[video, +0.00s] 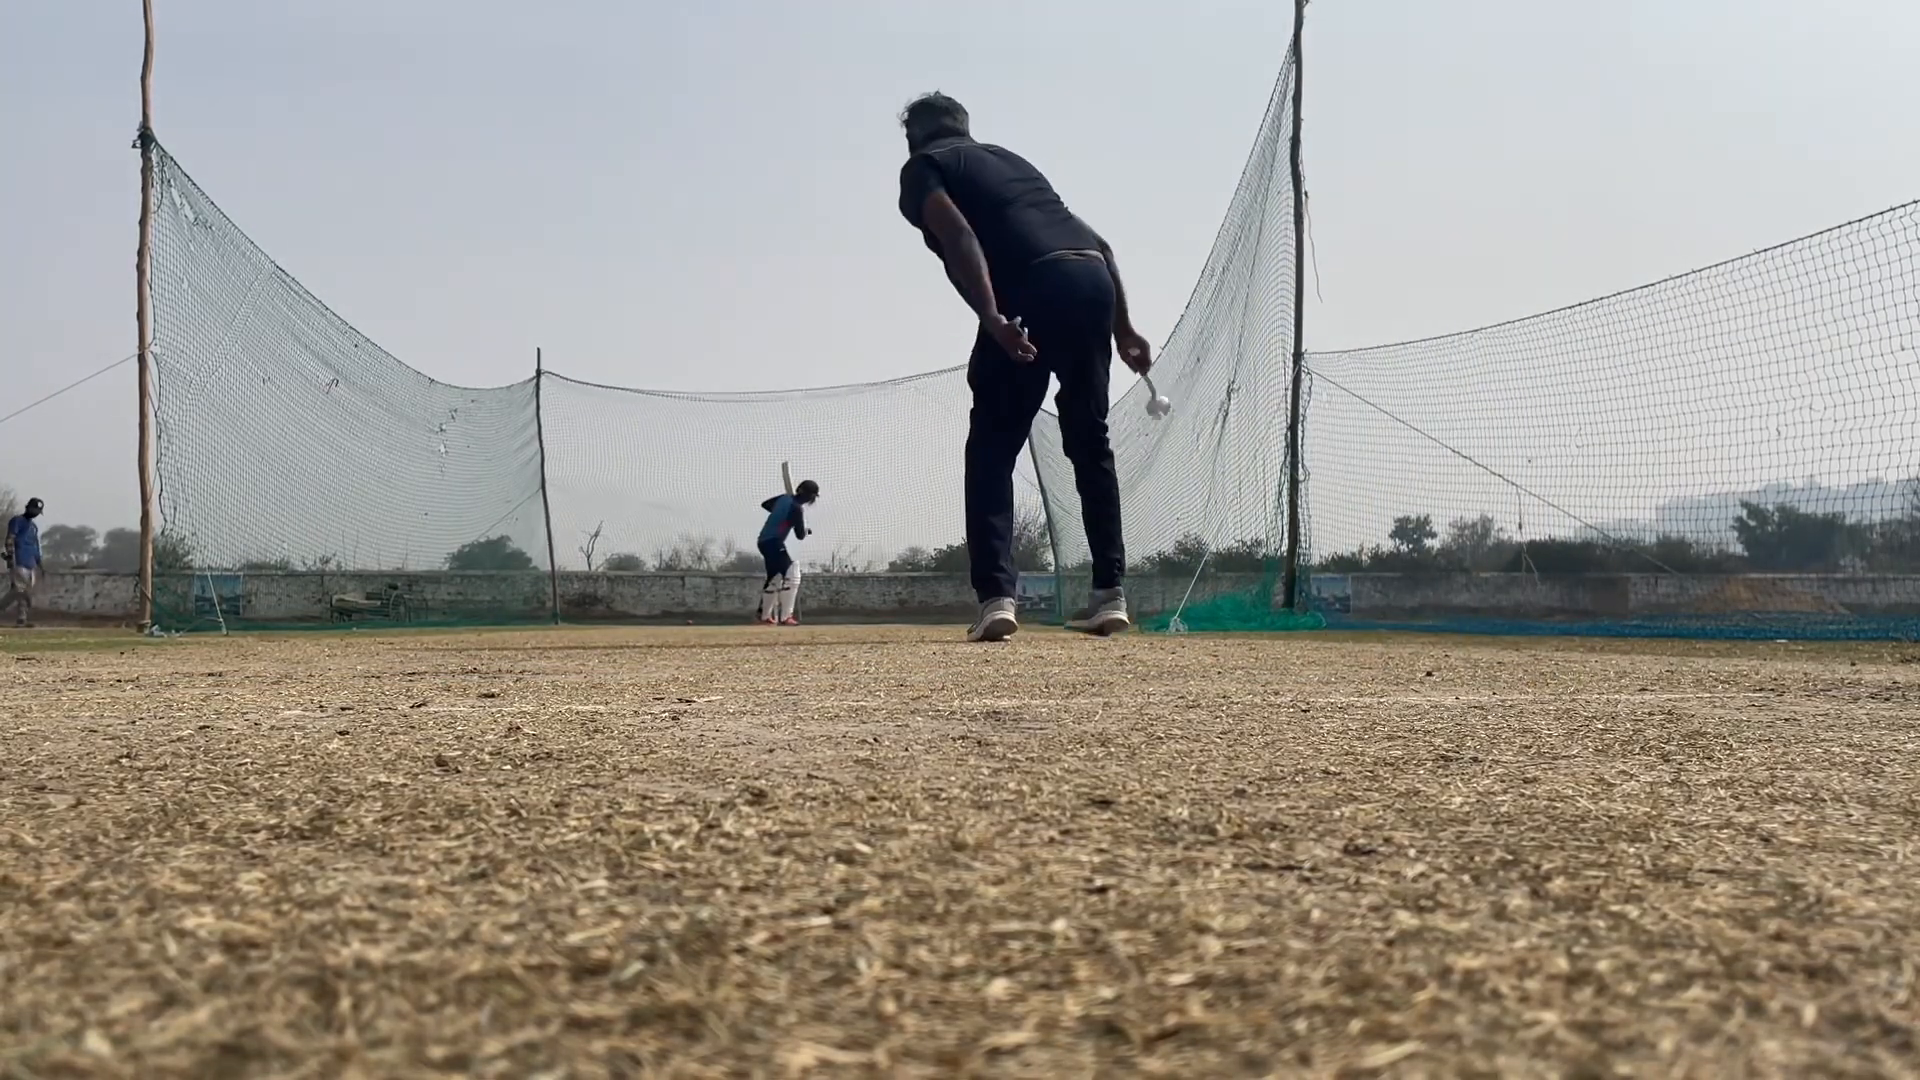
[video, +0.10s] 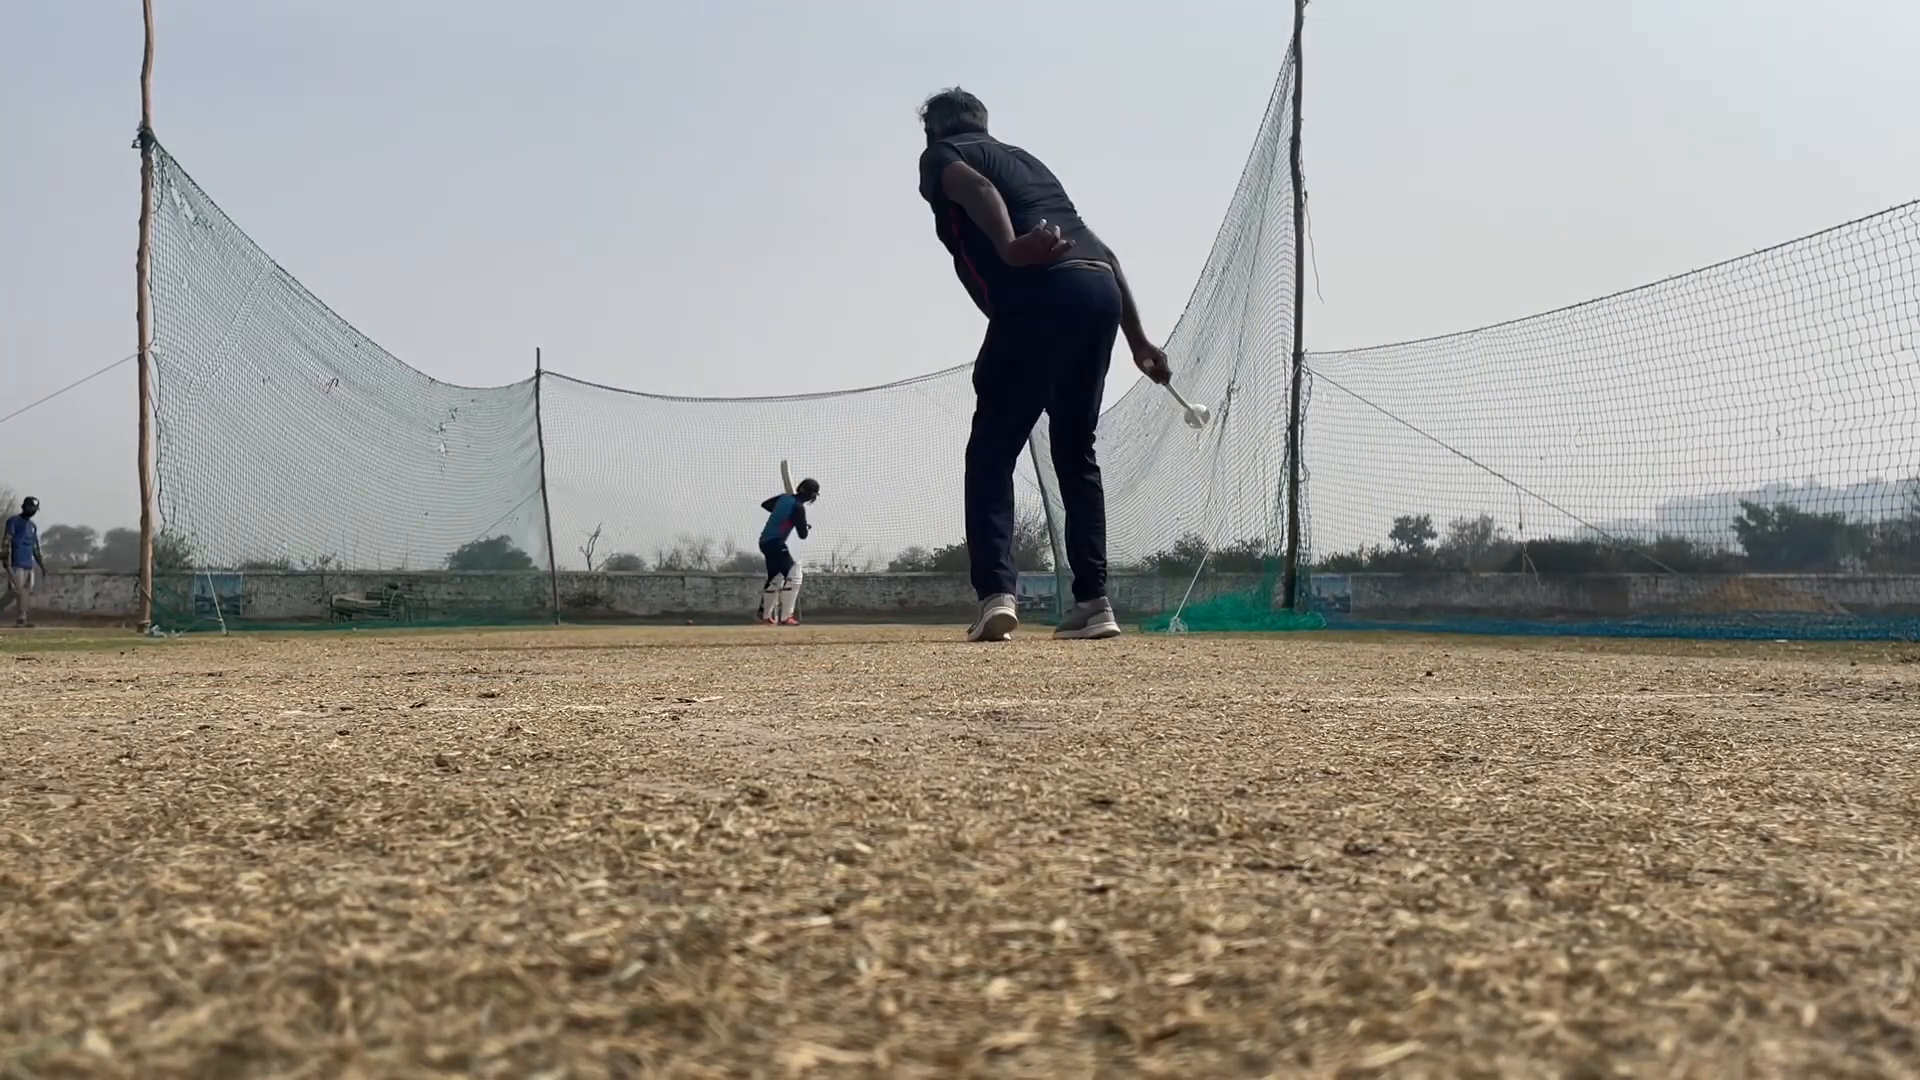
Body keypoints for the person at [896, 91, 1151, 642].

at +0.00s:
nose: (910, 148)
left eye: (910, 140)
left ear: (914, 136)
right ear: (963, 128)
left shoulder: (921, 167)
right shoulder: (1010, 161)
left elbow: (956, 232)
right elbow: (1093, 242)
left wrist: (991, 317)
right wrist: (1123, 326)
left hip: (1029, 291)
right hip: (1092, 279)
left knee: (991, 449)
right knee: (1089, 438)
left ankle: (997, 599)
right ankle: (1110, 595)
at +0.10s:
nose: (929, 139)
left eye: (928, 131)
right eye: (933, 130)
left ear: (932, 129)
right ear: (981, 124)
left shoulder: (938, 152)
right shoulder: (1026, 164)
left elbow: (972, 183)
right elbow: (1101, 255)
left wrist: (1007, 242)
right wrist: (1139, 341)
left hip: (1036, 293)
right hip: (1099, 294)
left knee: (990, 452)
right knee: (1076, 452)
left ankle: (997, 596)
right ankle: (1093, 603)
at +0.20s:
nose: (948, 133)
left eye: (948, 125)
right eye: (952, 126)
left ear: (956, 120)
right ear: (1003, 119)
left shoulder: (961, 140)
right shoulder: (1041, 159)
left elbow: (989, 165)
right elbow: (1091, 255)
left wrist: (1007, 218)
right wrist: (1126, 359)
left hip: (1047, 302)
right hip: (1106, 298)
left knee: (994, 453)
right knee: (1079, 457)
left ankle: (997, 589)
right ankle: (1096, 604)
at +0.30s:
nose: (968, 124)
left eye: (969, 116)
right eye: (973, 115)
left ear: (976, 112)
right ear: (1025, 112)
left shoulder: (984, 135)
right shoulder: (1056, 154)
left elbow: (1003, 171)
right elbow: (1067, 240)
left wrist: (995, 249)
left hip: (1058, 295)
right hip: (1115, 294)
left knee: (1007, 445)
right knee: (1083, 455)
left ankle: (999, 582)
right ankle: (1096, 604)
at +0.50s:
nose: (1010, 109)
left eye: (1012, 102)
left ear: (1016, 100)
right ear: (1067, 103)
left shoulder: (1017, 125)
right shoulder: (1091, 147)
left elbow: (1013, 200)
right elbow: (1100, 231)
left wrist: (972, 301)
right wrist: (1045, 303)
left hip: (1068, 299)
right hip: (1127, 296)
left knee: (1020, 445)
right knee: (1093, 452)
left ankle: (1016, 587)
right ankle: (1097, 604)